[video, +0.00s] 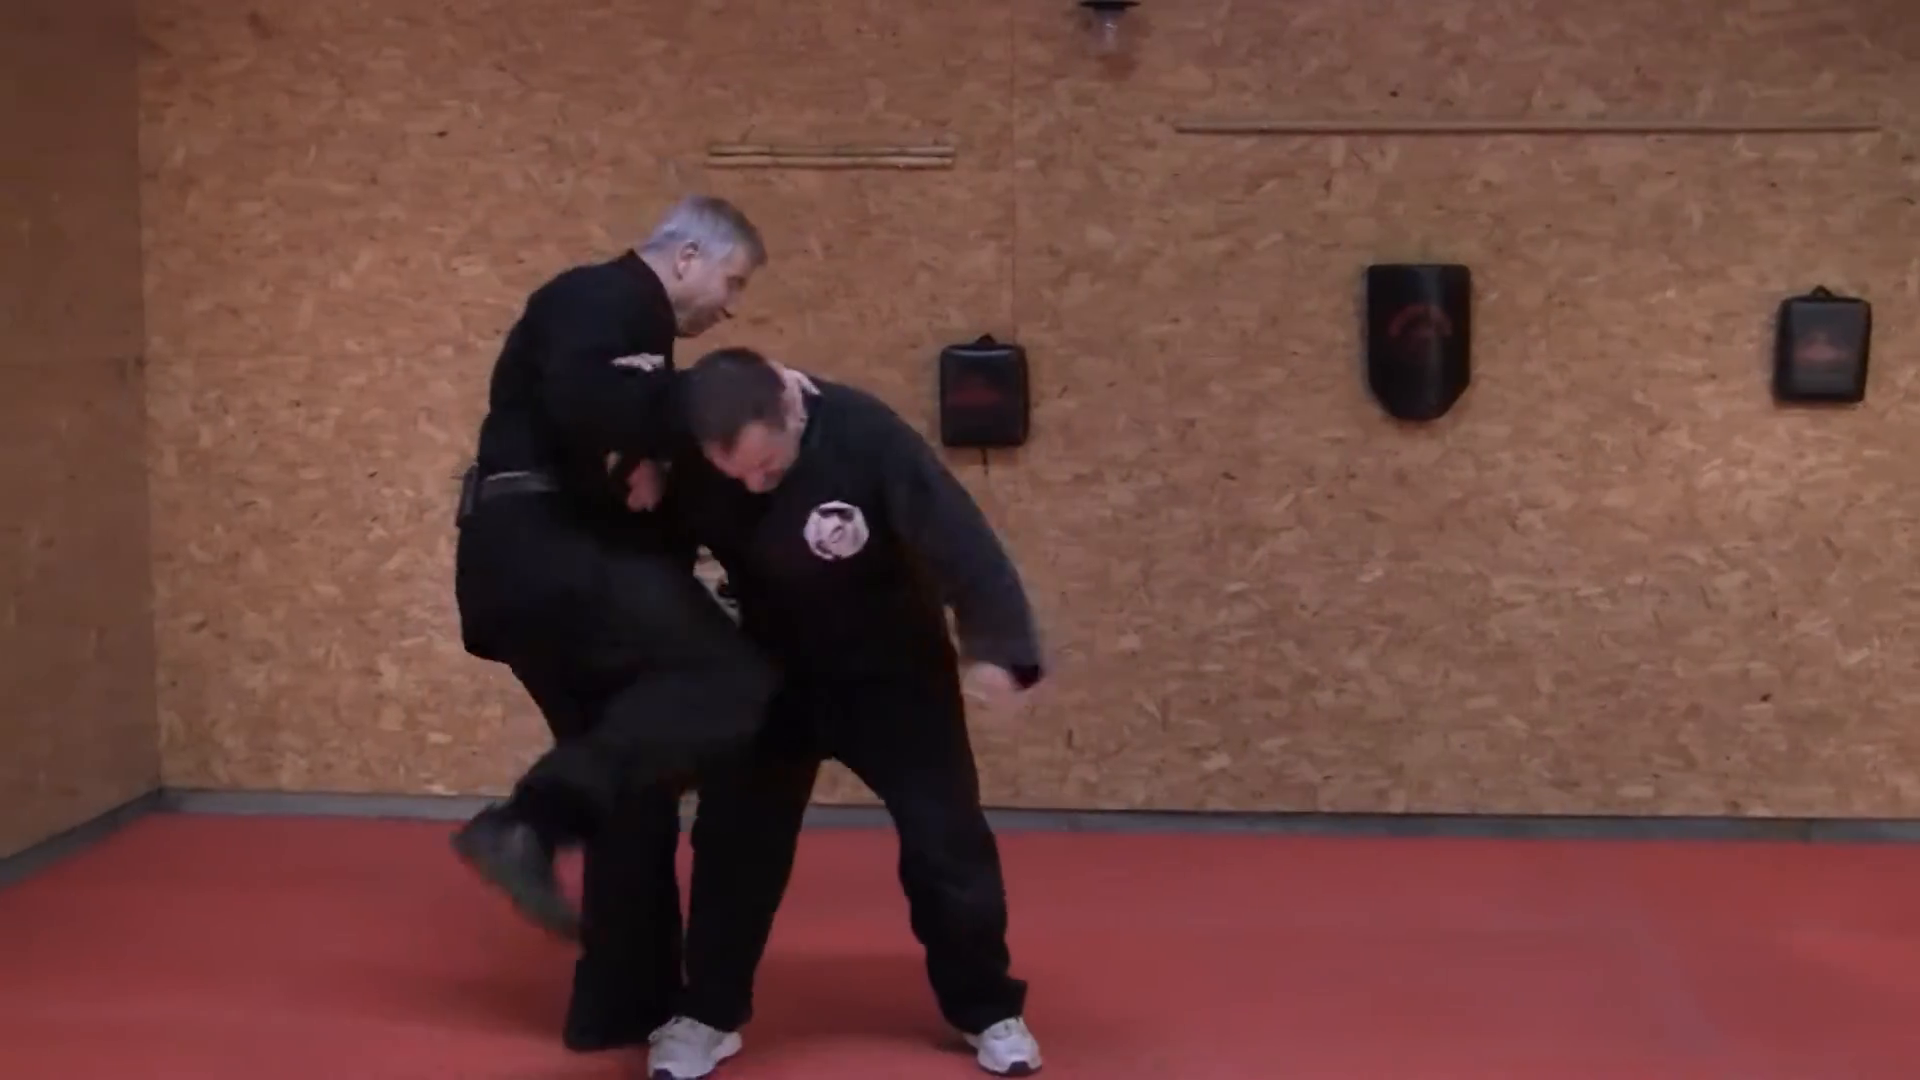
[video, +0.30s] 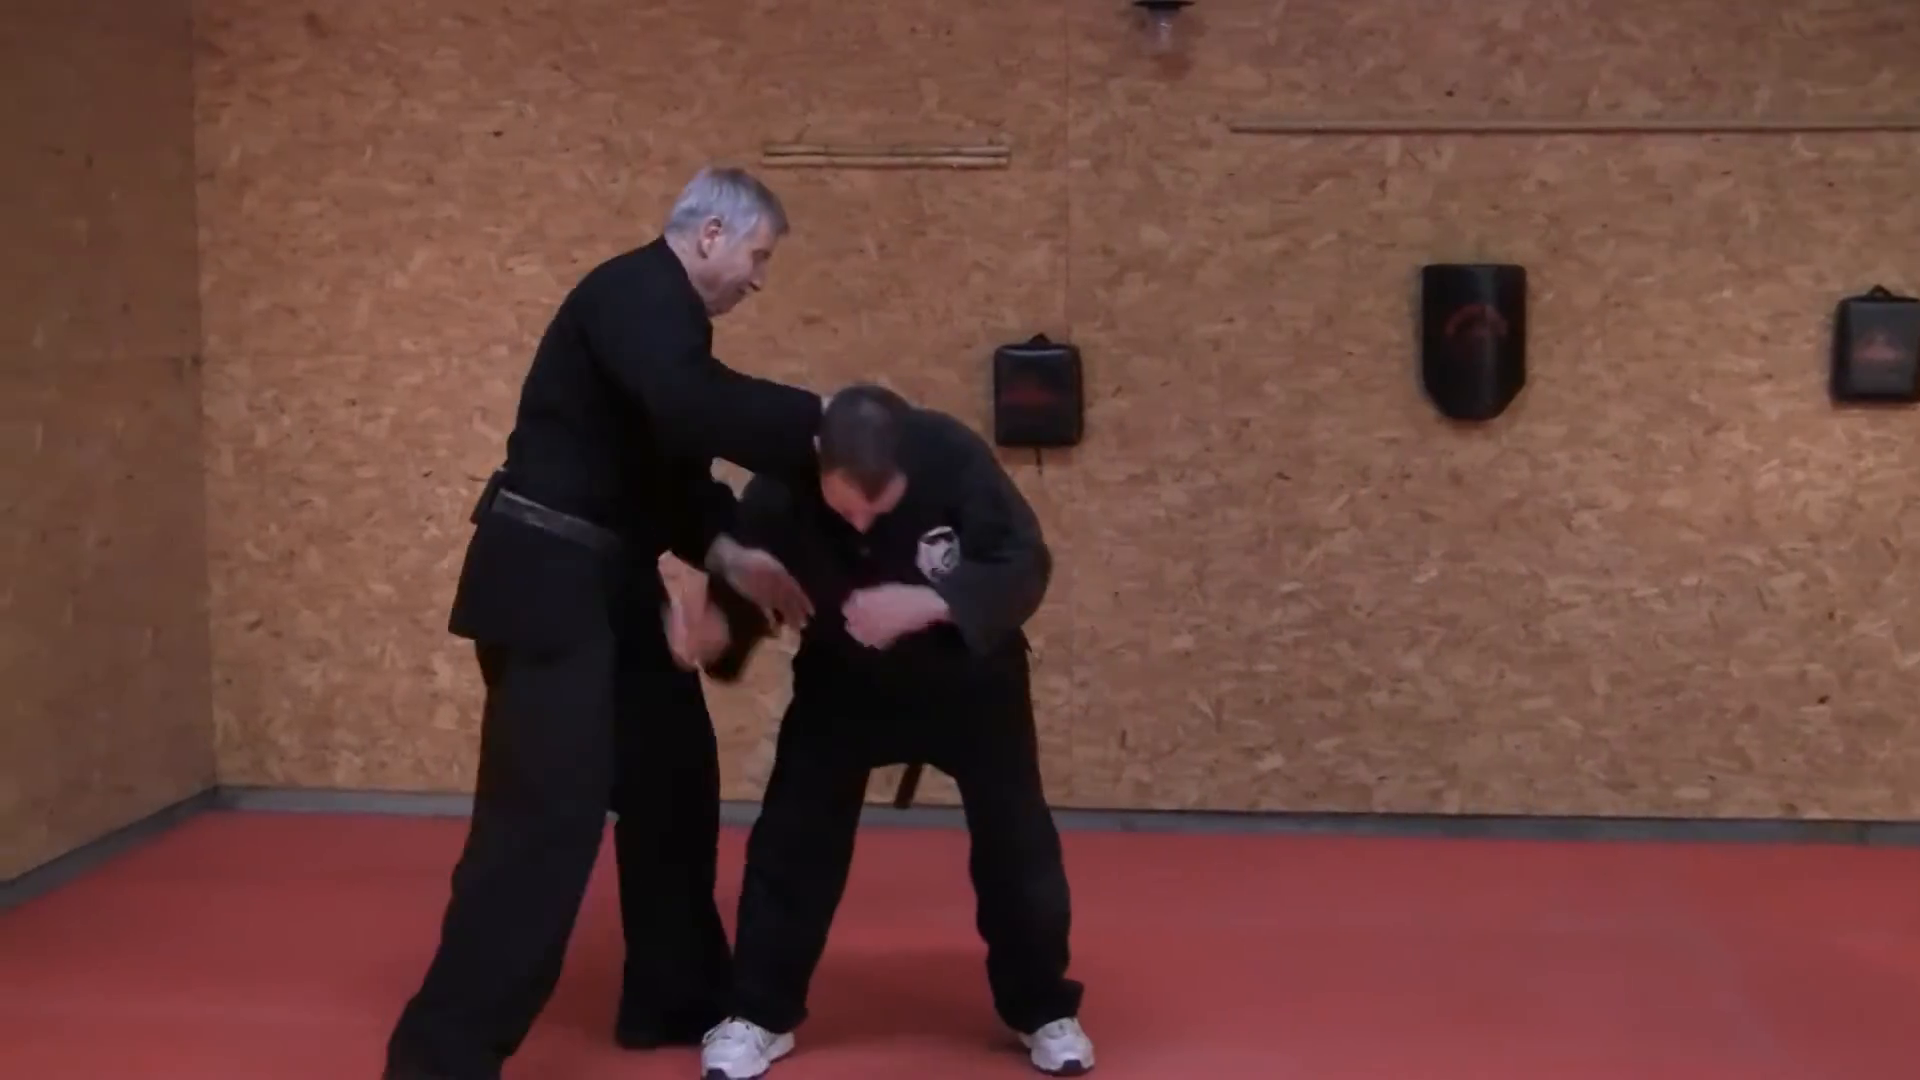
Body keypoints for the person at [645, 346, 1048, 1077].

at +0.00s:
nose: (757, 483)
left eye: (767, 464)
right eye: (737, 475)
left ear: (790, 408)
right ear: (706, 450)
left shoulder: (865, 439)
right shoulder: (694, 473)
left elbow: (956, 534)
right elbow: (656, 567)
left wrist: (1001, 644)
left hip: (897, 676)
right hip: (774, 679)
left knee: (947, 840)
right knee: (734, 842)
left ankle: (988, 1011)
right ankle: (709, 1012)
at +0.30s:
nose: (861, 521)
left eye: (875, 506)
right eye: (845, 507)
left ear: (902, 469)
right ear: (820, 468)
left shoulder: (951, 457)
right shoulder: (786, 484)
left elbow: (1024, 561)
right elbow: (742, 586)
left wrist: (934, 602)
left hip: (969, 672)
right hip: (843, 673)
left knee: (1016, 836)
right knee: (794, 834)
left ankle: (1041, 1009)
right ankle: (761, 1012)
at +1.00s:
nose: (898, 609)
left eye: (904, 589)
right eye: (875, 604)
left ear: (915, 535)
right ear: (832, 570)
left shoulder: (974, 479)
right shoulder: (794, 554)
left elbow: (1050, 471)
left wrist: (1046, 586)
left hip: (997, 641)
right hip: (875, 659)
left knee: (1056, 800)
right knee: (858, 820)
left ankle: (1098, 982)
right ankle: (852, 1012)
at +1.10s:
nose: (900, 604)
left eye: (906, 581)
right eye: (877, 599)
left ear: (912, 528)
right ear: (836, 574)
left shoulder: (956, 465)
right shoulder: (796, 569)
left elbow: (1032, 445)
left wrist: (1050, 566)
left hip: (997, 644)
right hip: (876, 659)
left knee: (1038, 803)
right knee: (859, 821)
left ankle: (1068, 981)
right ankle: (855, 1012)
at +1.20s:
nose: (890, 595)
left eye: (895, 574)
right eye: (867, 591)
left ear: (904, 523)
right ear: (825, 567)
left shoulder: (940, 458)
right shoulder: (786, 568)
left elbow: (1021, 434)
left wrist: (1066, 544)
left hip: (1000, 633)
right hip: (879, 658)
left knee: (1044, 798)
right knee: (862, 822)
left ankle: (1079, 978)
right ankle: (857, 1012)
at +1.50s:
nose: (866, 559)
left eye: (875, 534)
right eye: (837, 550)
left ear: (880, 484)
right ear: (801, 533)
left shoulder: (922, 434)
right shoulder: (781, 548)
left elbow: (1006, 416)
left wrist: (1075, 513)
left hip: (1001, 623)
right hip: (883, 655)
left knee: (1050, 789)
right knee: (866, 818)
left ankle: (1085, 972)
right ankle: (861, 1011)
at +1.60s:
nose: (868, 521)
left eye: (870, 497)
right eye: (842, 518)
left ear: (872, 462)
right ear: (798, 517)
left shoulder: (923, 429)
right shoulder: (782, 545)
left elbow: (1009, 416)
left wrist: (1073, 511)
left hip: (1002, 624)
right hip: (883, 656)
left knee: (1051, 790)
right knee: (865, 817)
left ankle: (1086, 971)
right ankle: (859, 1011)